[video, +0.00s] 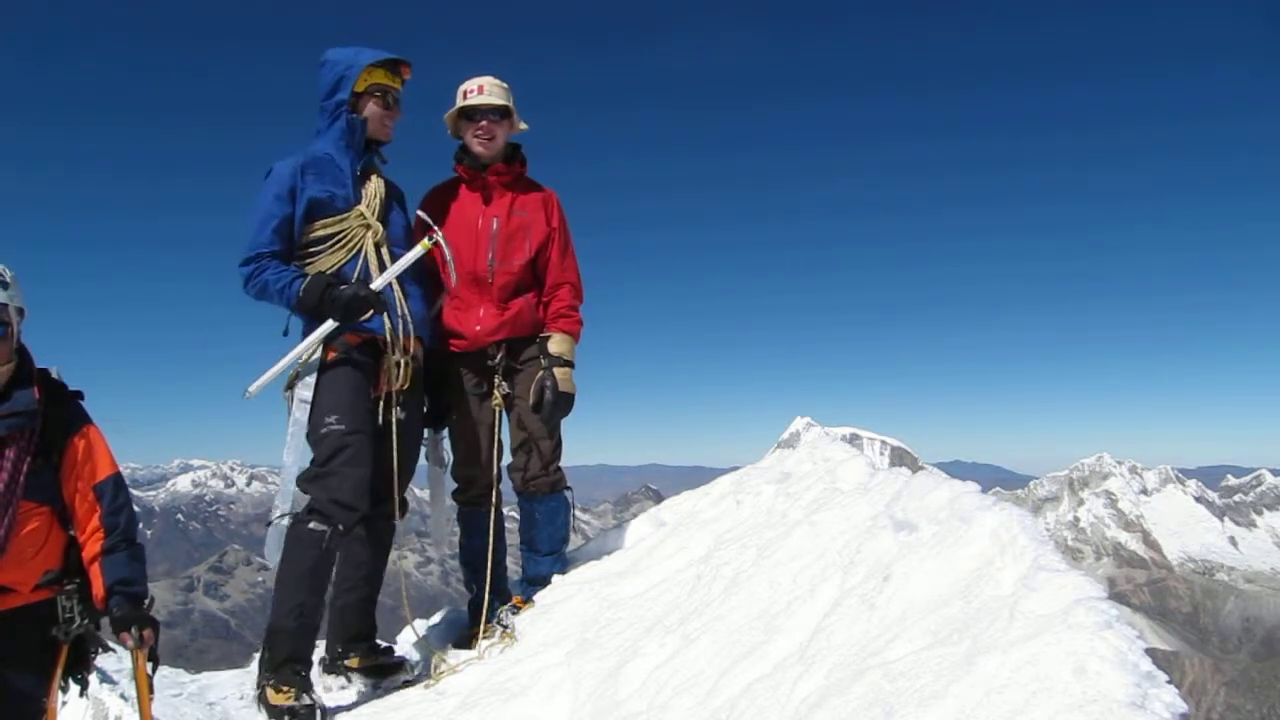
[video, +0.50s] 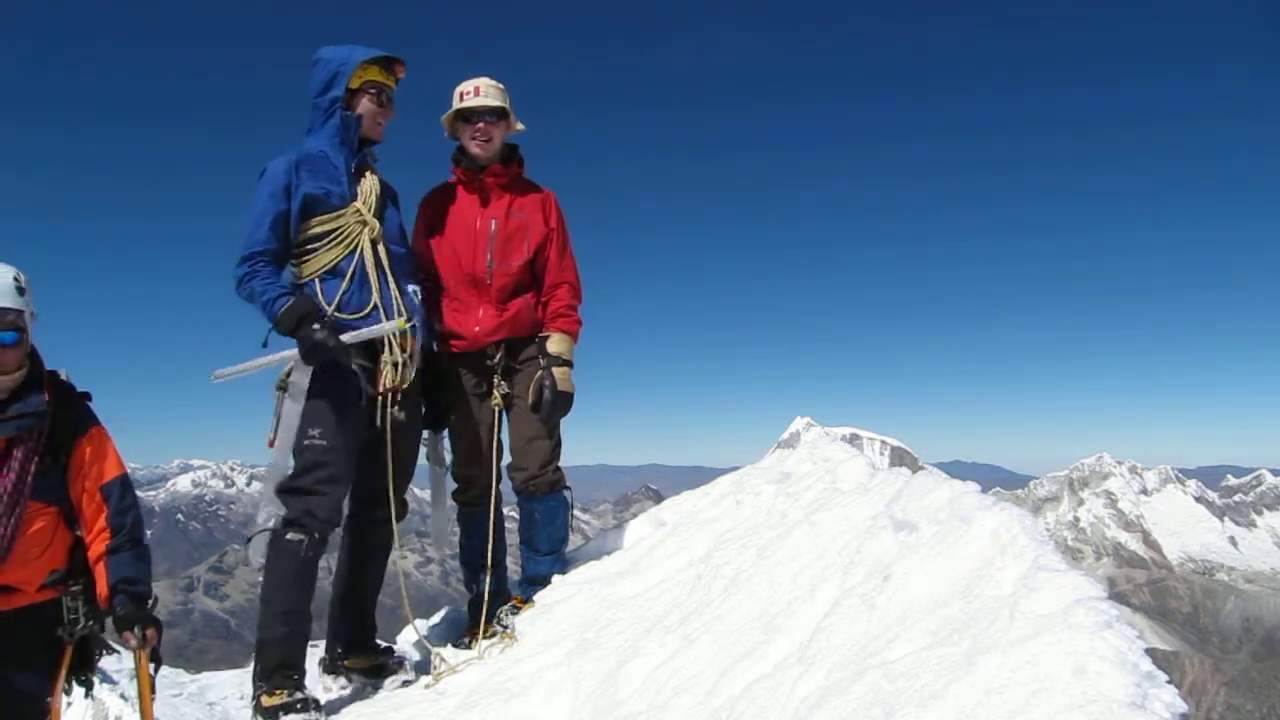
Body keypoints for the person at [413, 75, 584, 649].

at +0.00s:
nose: (485, 126)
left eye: (495, 117)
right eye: (474, 117)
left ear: (512, 126)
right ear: (458, 127)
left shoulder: (540, 202)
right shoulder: (437, 203)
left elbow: (563, 285)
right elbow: (419, 288)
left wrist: (560, 355)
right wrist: (423, 366)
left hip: (527, 348)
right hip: (459, 354)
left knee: (537, 456)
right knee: (475, 473)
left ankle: (541, 586)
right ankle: (484, 602)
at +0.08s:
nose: (483, 127)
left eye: (493, 117)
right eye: (472, 118)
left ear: (511, 127)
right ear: (457, 129)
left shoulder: (540, 202)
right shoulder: (437, 204)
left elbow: (562, 286)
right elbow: (419, 288)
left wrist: (560, 357)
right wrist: (422, 366)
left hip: (526, 348)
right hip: (459, 355)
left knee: (536, 456)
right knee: (475, 474)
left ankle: (542, 585)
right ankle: (484, 602)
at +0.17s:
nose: (482, 127)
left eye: (492, 117)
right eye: (471, 119)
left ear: (511, 127)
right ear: (456, 130)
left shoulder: (539, 202)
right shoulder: (437, 204)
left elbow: (562, 286)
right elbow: (421, 288)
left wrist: (559, 357)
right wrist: (424, 366)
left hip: (526, 348)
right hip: (459, 355)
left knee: (535, 457)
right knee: (474, 474)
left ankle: (542, 585)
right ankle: (484, 602)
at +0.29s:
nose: (481, 127)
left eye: (492, 118)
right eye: (470, 119)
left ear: (510, 127)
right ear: (456, 130)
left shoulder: (539, 203)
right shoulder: (436, 204)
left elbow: (562, 287)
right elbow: (418, 288)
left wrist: (559, 357)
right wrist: (424, 367)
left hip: (526, 351)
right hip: (458, 357)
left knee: (535, 467)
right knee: (474, 478)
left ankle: (542, 589)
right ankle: (484, 604)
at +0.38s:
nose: (481, 128)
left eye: (491, 118)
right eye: (469, 120)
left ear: (510, 127)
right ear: (455, 131)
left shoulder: (539, 202)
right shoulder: (437, 204)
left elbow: (562, 285)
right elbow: (416, 285)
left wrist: (559, 355)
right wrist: (420, 363)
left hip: (526, 350)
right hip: (458, 357)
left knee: (535, 467)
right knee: (474, 477)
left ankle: (541, 589)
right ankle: (485, 604)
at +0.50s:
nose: (480, 128)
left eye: (491, 118)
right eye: (469, 120)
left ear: (509, 127)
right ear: (455, 131)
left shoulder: (538, 202)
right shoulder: (436, 205)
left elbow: (562, 284)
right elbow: (422, 287)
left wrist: (559, 355)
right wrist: (425, 362)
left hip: (526, 350)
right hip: (458, 357)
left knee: (534, 466)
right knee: (474, 476)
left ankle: (540, 589)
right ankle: (485, 600)